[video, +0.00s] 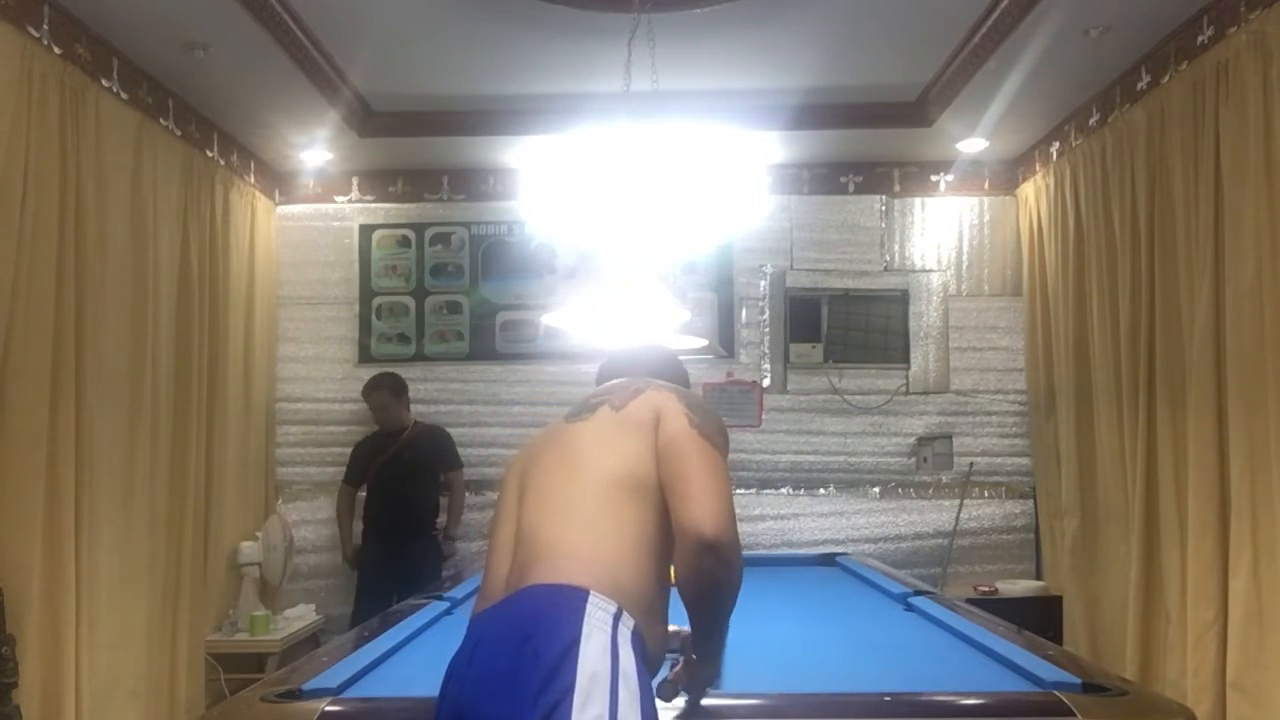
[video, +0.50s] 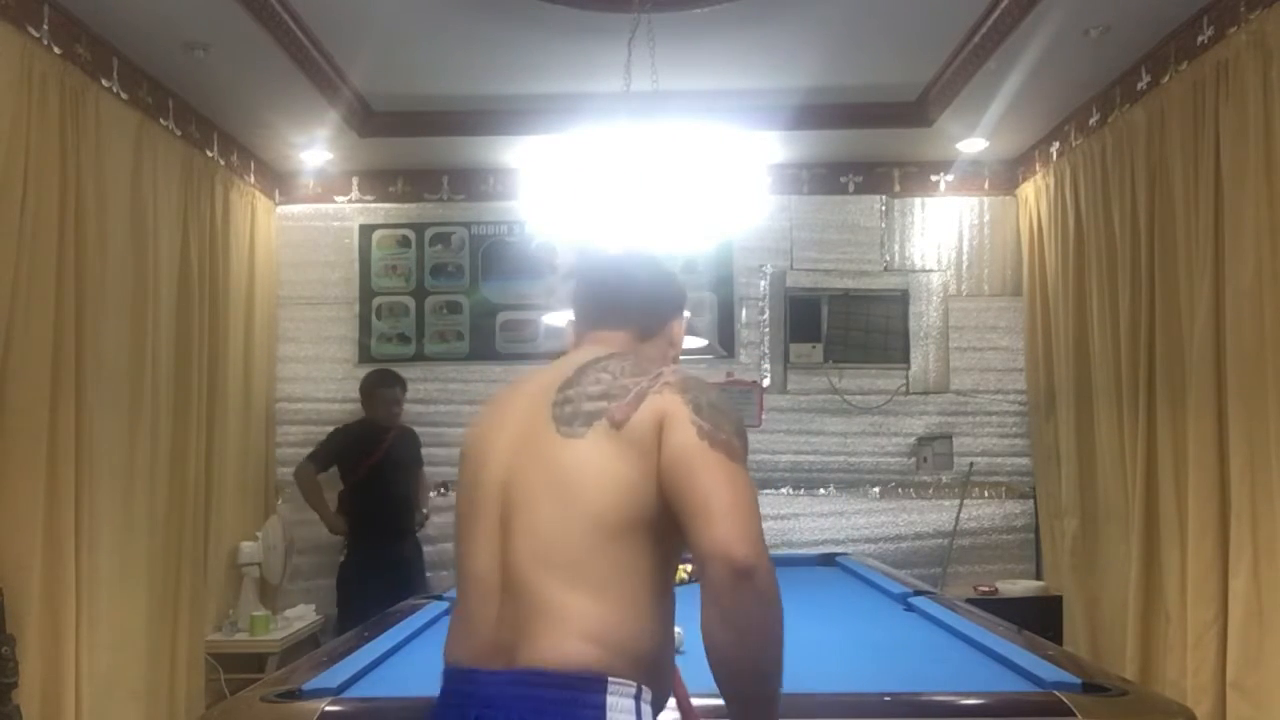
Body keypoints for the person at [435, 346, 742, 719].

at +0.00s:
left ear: (600, 388)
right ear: (677, 391)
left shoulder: (530, 449)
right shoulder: (669, 403)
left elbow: (494, 596)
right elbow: (709, 537)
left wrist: (642, 635)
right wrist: (705, 652)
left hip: (479, 647)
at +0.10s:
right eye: (689, 383)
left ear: (600, 376)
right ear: (677, 374)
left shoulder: (532, 438)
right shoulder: (673, 401)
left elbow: (496, 595)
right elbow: (714, 542)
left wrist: (636, 632)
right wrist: (707, 652)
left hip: (483, 645)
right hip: (584, 650)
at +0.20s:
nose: (689, 381)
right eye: (686, 373)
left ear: (592, 370)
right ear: (675, 367)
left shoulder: (522, 433)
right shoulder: (670, 406)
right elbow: (722, 549)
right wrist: (710, 654)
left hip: (483, 662)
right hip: (591, 664)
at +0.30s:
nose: (684, 373)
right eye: (685, 365)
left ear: (581, 358)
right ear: (676, 355)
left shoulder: (515, 426)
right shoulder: (671, 402)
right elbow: (729, 553)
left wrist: (644, 639)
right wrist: (711, 662)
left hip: (476, 685)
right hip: (593, 689)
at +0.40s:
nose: (678, 356)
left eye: (681, 341)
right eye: (680, 339)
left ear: (581, 335)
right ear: (669, 336)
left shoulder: (502, 417)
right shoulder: (670, 397)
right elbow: (733, 556)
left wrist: (648, 646)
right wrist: (733, 702)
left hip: (470, 695)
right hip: (594, 698)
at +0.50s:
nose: (675, 357)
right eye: (679, 345)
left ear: (576, 329)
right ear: (673, 334)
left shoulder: (494, 409)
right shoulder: (669, 395)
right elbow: (738, 562)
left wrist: (654, 674)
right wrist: (753, 711)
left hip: (464, 696)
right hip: (594, 698)